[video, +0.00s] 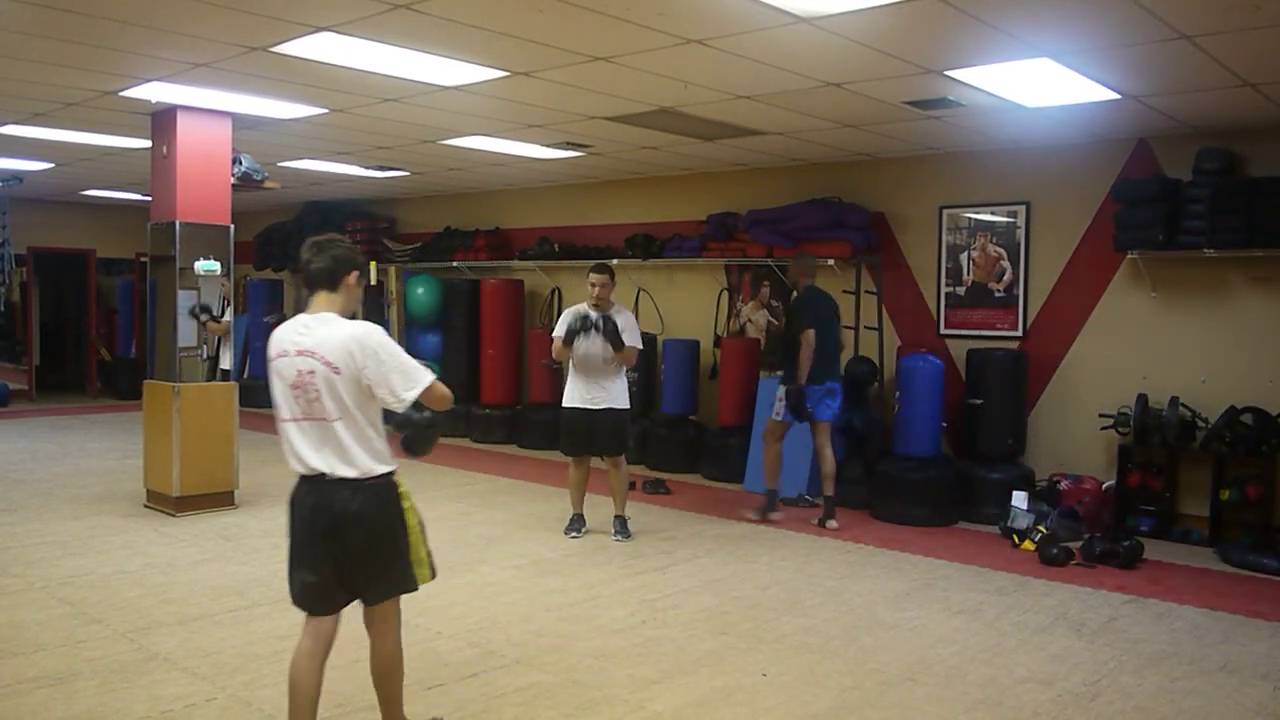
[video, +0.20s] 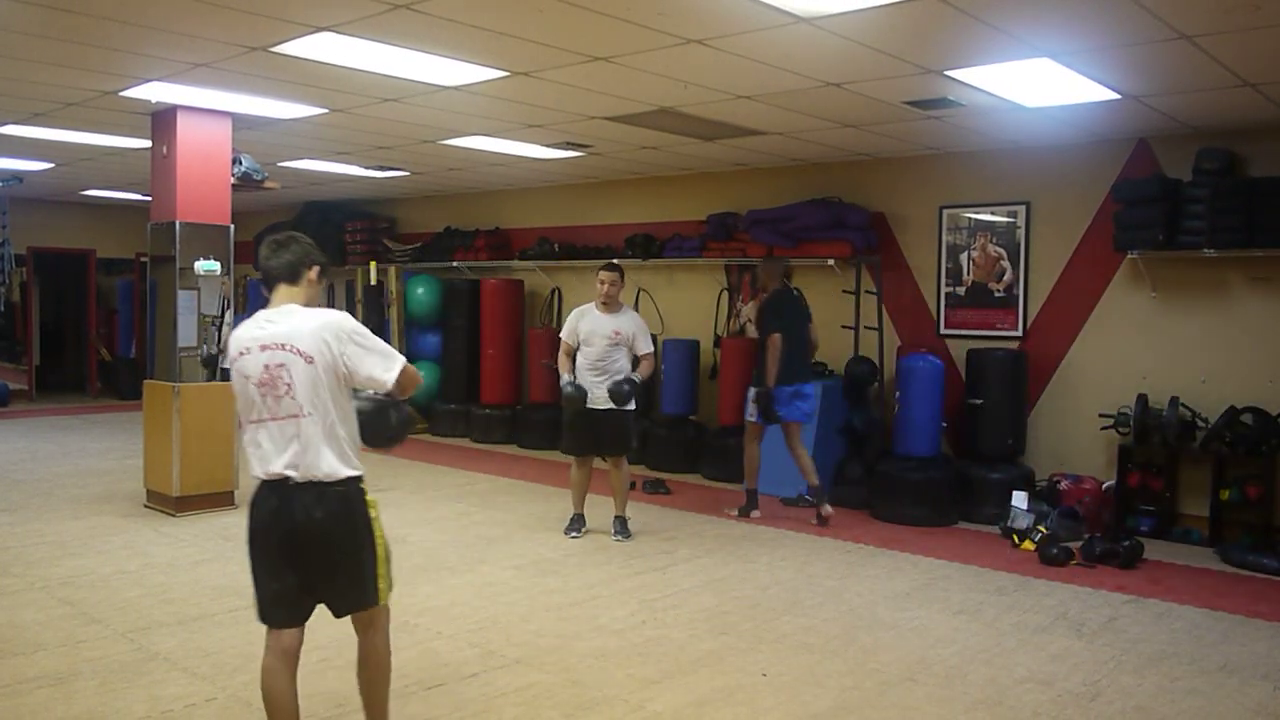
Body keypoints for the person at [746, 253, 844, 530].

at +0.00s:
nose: (787, 275)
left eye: (789, 270)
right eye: (789, 270)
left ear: (797, 273)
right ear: (813, 272)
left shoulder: (800, 301)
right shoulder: (829, 300)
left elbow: (809, 342)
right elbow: (840, 344)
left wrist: (799, 384)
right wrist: (825, 369)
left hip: (803, 381)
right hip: (829, 381)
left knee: (772, 436)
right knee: (823, 443)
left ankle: (771, 502)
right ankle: (829, 512)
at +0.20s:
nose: (758, 278)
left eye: (760, 274)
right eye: (760, 273)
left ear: (767, 275)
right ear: (784, 274)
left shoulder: (770, 303)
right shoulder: (798, 298)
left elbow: (775, 342)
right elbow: (812, 339)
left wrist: (768, 386)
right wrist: (800, 365)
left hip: (771, 383)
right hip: (799, 381)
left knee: (752, 439)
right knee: (795, 440)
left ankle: (751, 502)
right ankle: (819, 498)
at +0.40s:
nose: (729, 279)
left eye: (731, 274)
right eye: (730, 274)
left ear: (738, 275)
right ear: (754, 274)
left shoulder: (740, 301)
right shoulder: (771, 299)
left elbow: (739, 337)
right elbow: (786, 330)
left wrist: (726, 368)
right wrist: (785, 367)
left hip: (746, 376)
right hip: (768, 374)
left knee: (745, 436)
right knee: (750, 432)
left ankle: (750, 501)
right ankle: (771, 481)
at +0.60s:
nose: (706, 281)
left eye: (707, 277)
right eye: (708, 277)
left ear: (711, 278)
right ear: (728, 276)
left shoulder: (712, 303)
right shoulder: (746, 302)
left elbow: (710, 341)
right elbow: (761, 341)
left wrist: (687, 365)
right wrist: (768, 378)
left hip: (722, 378)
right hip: (743, 376)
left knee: (732, 435)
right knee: (716, 431)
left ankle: (749, 499)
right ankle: (707, 484)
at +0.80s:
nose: (679, 281)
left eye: (680, 277)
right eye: (680, 277)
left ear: (687, 277)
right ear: (701, 276)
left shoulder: (691, 300)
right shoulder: (720, 300)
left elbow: (690, 337)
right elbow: (730, 333)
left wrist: (673, 364)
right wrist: (720, 361)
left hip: (693, 374)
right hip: (715, 373)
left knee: (685, 429)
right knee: (700, 429)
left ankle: (722, 476)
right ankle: (699, 487)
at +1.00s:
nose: (647, 282)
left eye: (650, 277)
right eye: (647, 277)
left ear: (662, 276)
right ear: (669, 275)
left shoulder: (668, 299)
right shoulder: (692, 298)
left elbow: (674, 335)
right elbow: (709, 333)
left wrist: (665, 368)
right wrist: (702, 361)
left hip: (672, 372)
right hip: (695, 371)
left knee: (649, 420)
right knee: (691, 424)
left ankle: (654, 478)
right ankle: (698, 484)